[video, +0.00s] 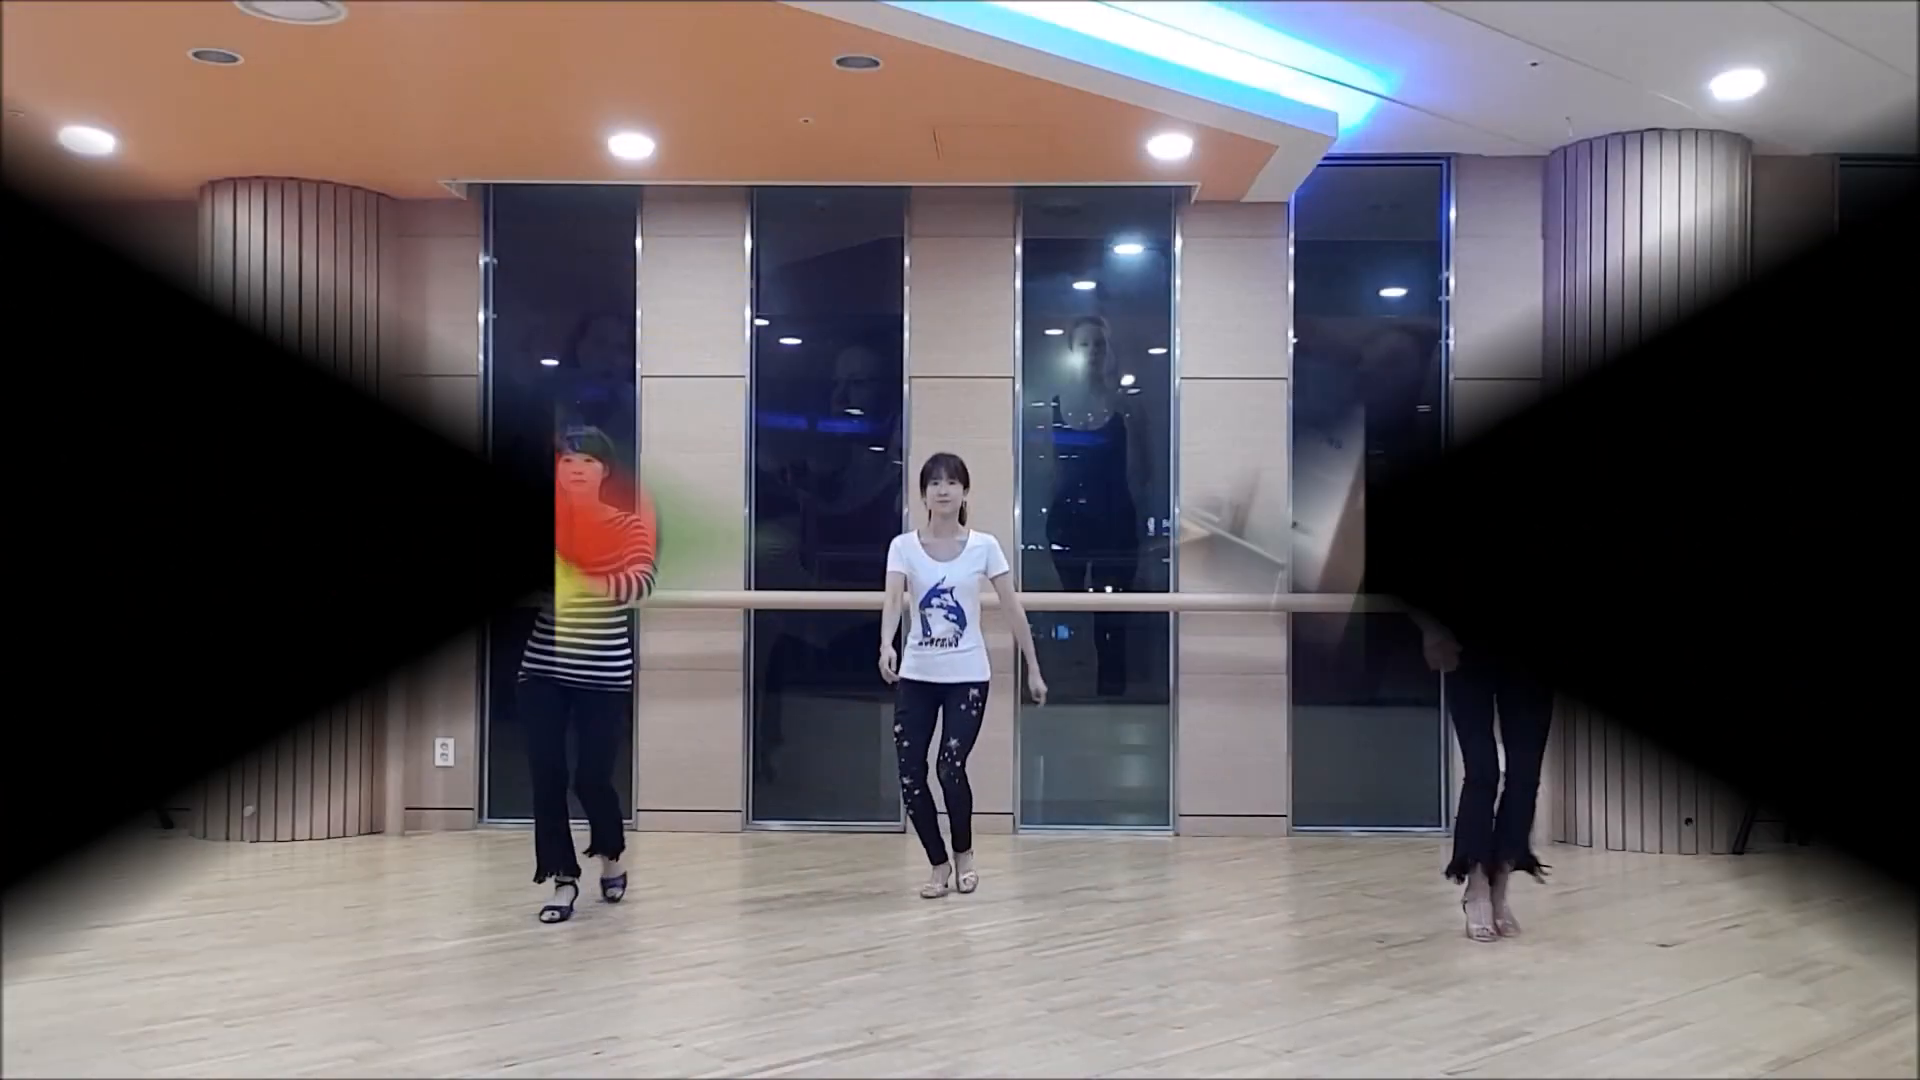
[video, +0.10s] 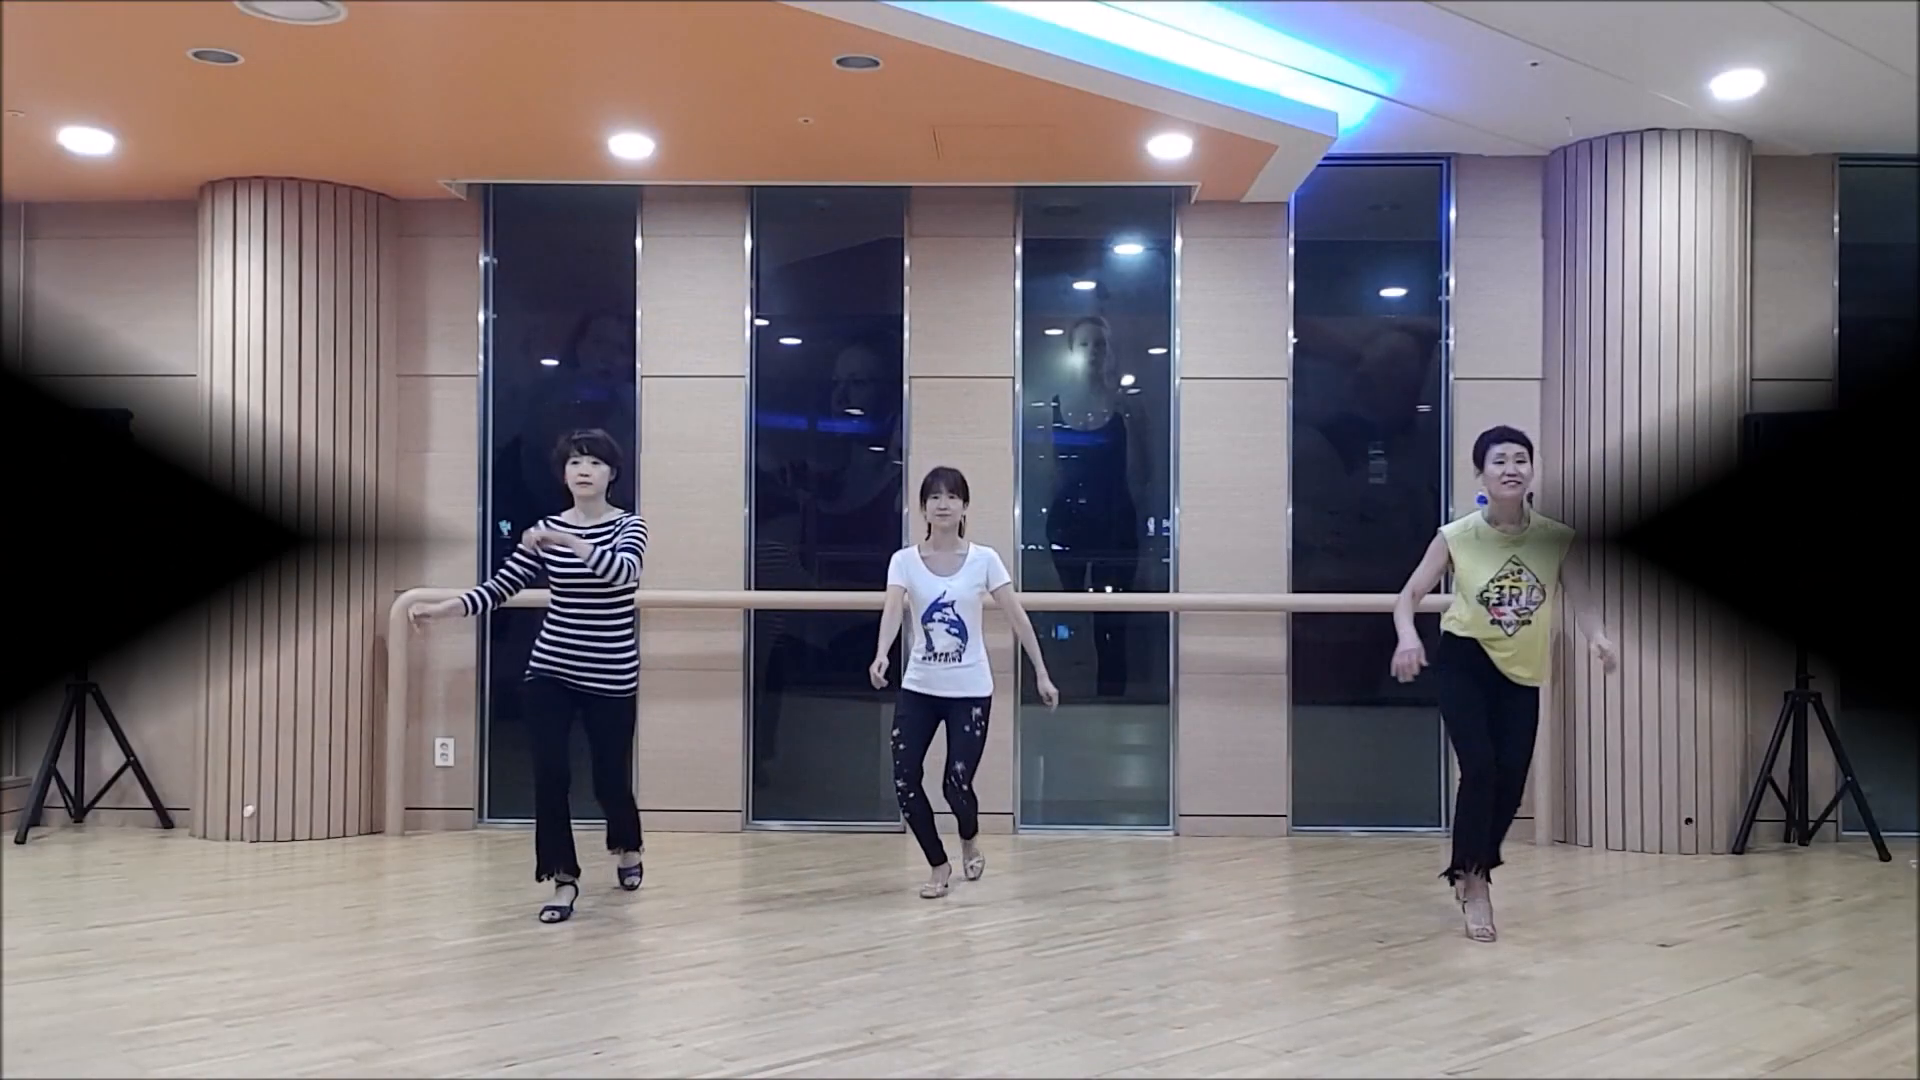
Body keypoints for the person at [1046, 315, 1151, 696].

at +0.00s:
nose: (1092, 352)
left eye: (1099, 344)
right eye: (1084, 344)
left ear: (1109, 351)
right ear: (1069, 351)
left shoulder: (1125, 406)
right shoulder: (1054, 406)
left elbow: (1139, 473)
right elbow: (1047, 470)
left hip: (1114, 521)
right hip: (1066, 521)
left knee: (1111, 623)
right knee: (1062, 615)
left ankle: (1111, 712)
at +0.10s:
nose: (1092, 352)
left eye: (1099, 344)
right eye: (1083, 344)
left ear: (1108, 351)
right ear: (1070, 351)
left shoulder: (1126, 406)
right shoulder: (1053, 407)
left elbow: (1139, 475)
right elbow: (1046, 471)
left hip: (1115, 521)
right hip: (1065, 521)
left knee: (1109, 627)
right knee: (1058, 618)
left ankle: (1110, 715)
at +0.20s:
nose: (1092, 352)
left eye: (1099, 344)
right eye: (1084, 344)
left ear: (1109, 351)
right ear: (1070, 351)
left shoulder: (1127, 407)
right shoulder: (1054, 407)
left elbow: (1139, 476)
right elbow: (1048, 475)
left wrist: (1135, 425)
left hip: (1115, 523)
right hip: (1065, 523)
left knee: (1110, 627)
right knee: (1059, 621)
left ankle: (1111, 716)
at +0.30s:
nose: (1093, 352)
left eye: (1099, 344)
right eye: (1084, 344)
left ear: (1109, 351)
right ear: (1070, 351)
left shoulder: (1126, 405)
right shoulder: (1053, 406)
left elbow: (1141, 474)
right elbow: (1045, 472)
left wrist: (1138, 423)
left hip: (1115, 522)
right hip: (1065, 522)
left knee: (1109, 627)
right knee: (1058, 621)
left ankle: (1110, 716)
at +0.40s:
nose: (1093, 352)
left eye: (1100, 344)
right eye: (1084, 344)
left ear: (1109, 351)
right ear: (1070, 351)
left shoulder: (1127, 405)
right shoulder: (1053, 406)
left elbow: (1141, 472)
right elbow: (1045, 471)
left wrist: (1139, 420)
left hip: (1115, 523)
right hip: (1065, 523)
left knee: (1110, 627)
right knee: (1061, 622)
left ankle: (1110, 715)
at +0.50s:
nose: (1093, 352)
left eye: (1100, 344)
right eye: (1084, 344)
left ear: (1109, 351)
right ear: (1070, 351)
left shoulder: (1126, 405)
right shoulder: (1053, 406)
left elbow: (1142, 473)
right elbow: (1046, 470)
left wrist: (1137, 421)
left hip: (1115, 522)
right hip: (1066, 523)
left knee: (1110, 627)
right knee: (1065, 622)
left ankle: (1111, 716)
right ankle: (1062, 712)